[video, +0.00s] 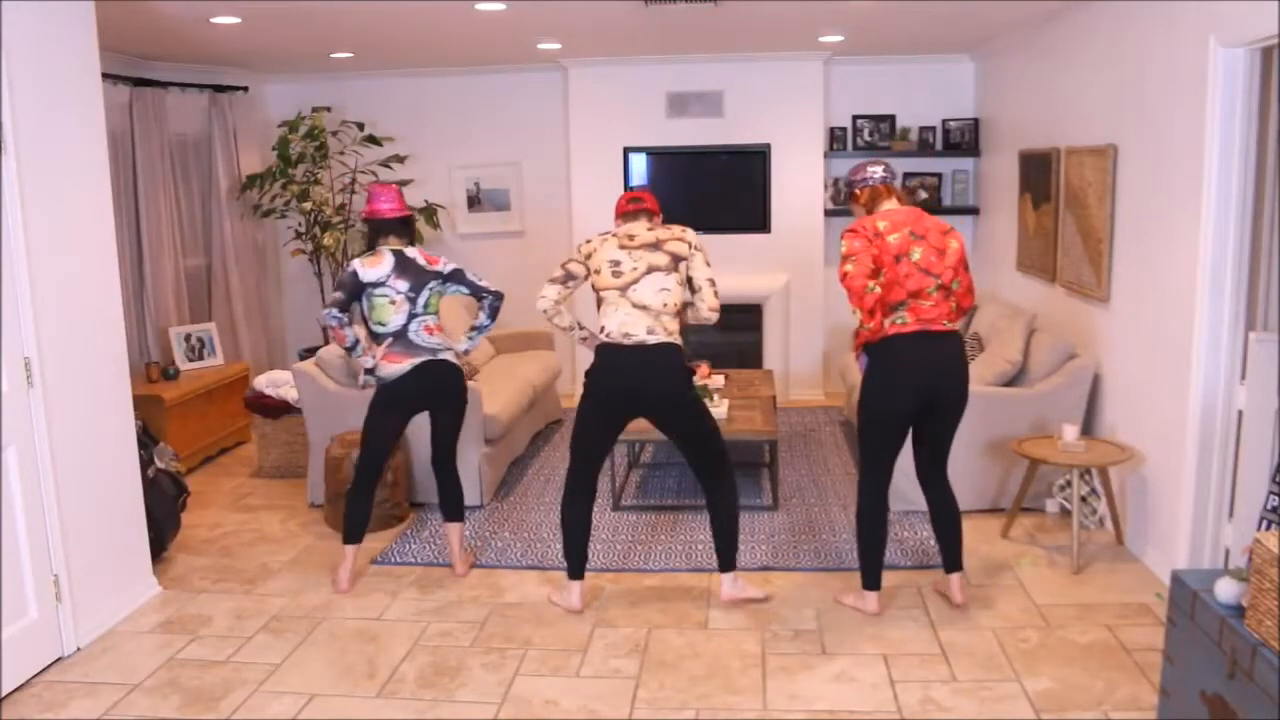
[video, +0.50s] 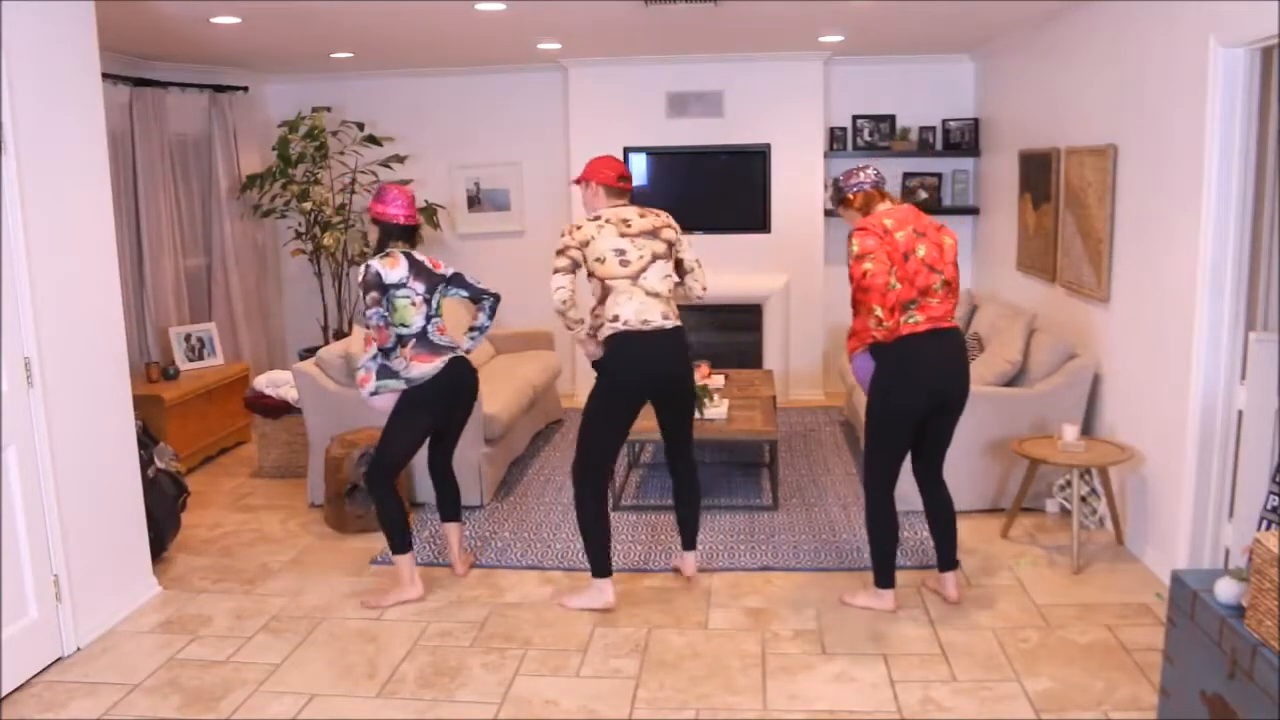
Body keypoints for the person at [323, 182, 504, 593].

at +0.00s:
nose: (377, 235)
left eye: (371, 228)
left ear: (371, 229)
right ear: (410, 225)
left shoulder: (362, 269)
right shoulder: (436, 262)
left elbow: (332, 316)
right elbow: (491, 296)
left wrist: (362, 352)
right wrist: (467, 346)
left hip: (397, 384)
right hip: (448, 378)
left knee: (367, 470)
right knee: (445, 462)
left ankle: (346, 569)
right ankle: (459, 556)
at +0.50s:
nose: (369, 227)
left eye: (371, 221)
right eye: (374, 221)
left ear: (376, 225)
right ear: (413, 225)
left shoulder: (374, 270)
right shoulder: (430, 265)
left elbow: (382, 335)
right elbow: (488, 299)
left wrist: (377, 370)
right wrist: (465, 344)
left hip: (426, 388)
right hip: (461, 377)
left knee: (380, 475)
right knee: (441, 462)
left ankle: (408, 581)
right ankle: (458, 556)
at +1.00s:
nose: (320, 224)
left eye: (326, 217)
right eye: (323, 216)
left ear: (346, 226)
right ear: (355, 226)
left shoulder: (360, 276)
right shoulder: (381, 260)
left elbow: (385, 345)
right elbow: (422, 289)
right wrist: (409, 336)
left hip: (412, 392)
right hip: (429, 377)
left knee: (367, 485)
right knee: (394, 457)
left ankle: (408, 583)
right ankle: (442, 534)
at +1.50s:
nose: (307, 227)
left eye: (317, 223)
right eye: (312, 220)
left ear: (338, 237)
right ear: (336, 237)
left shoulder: (352, 286)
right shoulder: (340, 277)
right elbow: (350, 339)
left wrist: (392, 373)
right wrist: (315, 368)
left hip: (400, 393)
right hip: (378, 389)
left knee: (359, 484)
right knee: (344, 463)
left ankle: (410, 582)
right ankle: (358, 545)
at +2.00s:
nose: (316, 233)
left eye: (326, 227)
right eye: (312, 225)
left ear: (346, 237)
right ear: (306, 232)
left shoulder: (364, 280)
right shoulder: (307, 279)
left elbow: (422, 323)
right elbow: (298, 325)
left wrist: (381, 362)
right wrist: (304, 358)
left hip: (390, 384)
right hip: (344, 388)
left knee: (392, 470)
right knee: (320, 467)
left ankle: (436, 556)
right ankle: (355, 551)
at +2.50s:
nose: (374, 214)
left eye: (382, 206)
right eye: (367, 207)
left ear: (398, 214)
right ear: (357, 216)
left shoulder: (423, 265)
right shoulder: (344, 269)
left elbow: (459, 325)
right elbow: (314, 313)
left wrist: (417, 355)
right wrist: (336, 344)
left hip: (419, 376)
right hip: (365, 381)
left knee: (443, 461)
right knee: (331, 464)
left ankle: (455, 557)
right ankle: (350, 545)